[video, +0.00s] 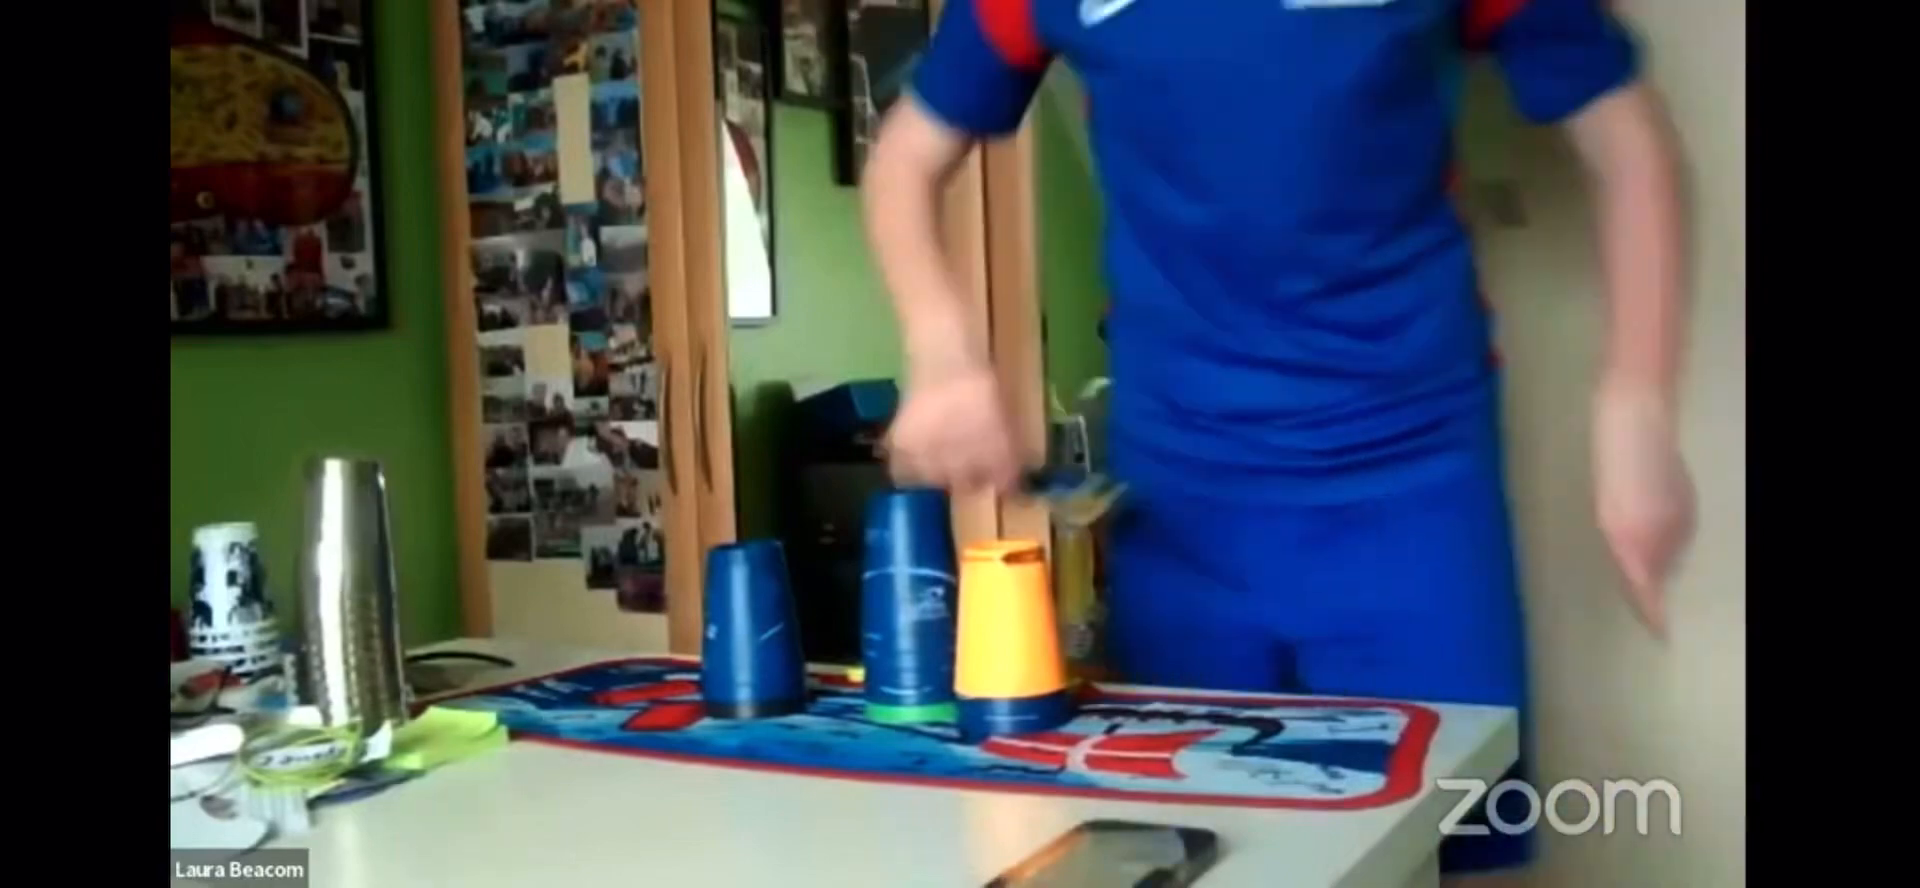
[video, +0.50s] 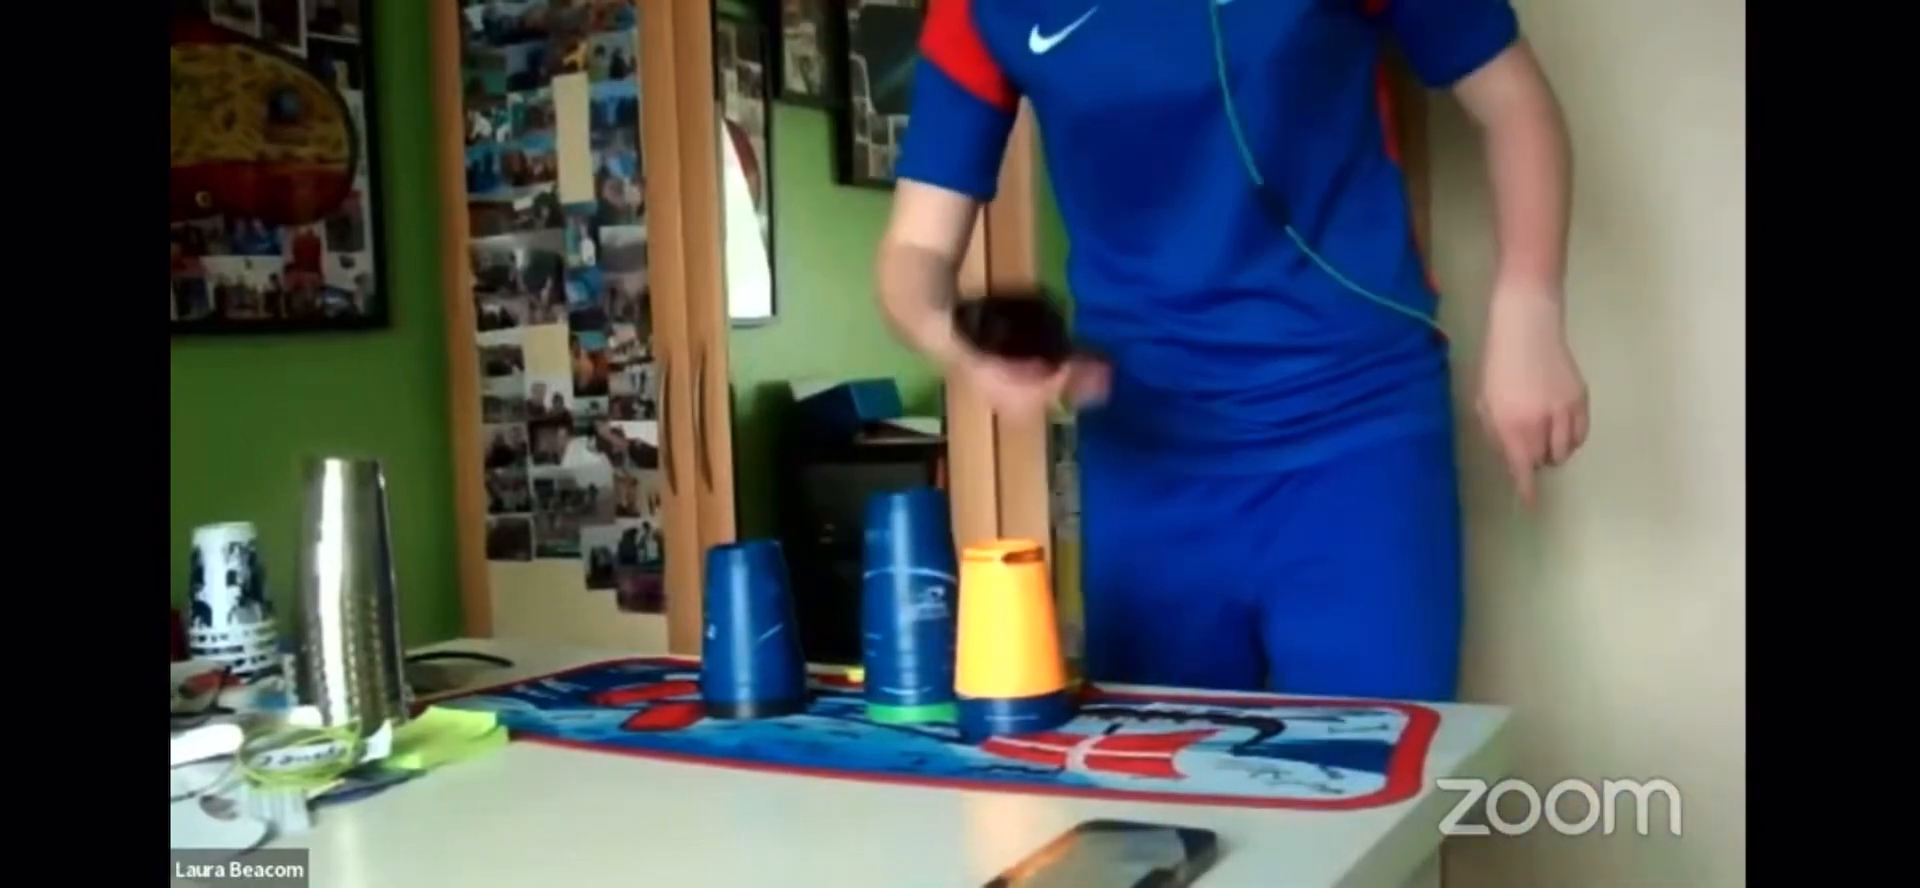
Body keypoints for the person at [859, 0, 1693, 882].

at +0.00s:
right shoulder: (1050, 0)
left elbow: (1628, 139)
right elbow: (900, 162)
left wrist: (1638, 411)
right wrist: (943, 357)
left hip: (1407, 480)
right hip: (1176, 491)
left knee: (1465, 849)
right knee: (1198, 855)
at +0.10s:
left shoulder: (1414, 12)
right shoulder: (1029, 11)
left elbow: (1585, 126)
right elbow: (911, 204)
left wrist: (1589, 386)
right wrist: (914, 402)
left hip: (1382, 462)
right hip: (1159, 468)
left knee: (1427, 827)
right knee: (1160, 829)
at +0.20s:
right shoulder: (1002, 14)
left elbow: (1544, 100)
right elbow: (929, 251)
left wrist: (1525, 324)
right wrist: (909, 450)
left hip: (1367, 441)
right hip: (1151, 458)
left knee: (1385, 818)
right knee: (1153, 825)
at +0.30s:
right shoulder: (987, 14)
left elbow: (1523, 86)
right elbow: (925, 256)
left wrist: (1517, 300)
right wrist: (919, 408)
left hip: (1360, 436)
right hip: (1147, 454)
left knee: (1360, 809)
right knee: (1157, 814)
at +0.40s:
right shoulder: (984, 14)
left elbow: (1521, 86)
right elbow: (921, 254)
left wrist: (1520, 300)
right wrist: (925, 388)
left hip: (1356, 440)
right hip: (1146, 460)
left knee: (1359, 810)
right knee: (1158, 815)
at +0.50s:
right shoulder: (987, 13)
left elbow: (1517, 108)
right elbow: (912, 257)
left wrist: (1527, 317)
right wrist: (962, 347)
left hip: (1355, 438)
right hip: (1140, 455)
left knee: (1363, 811)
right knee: (1161, 816)